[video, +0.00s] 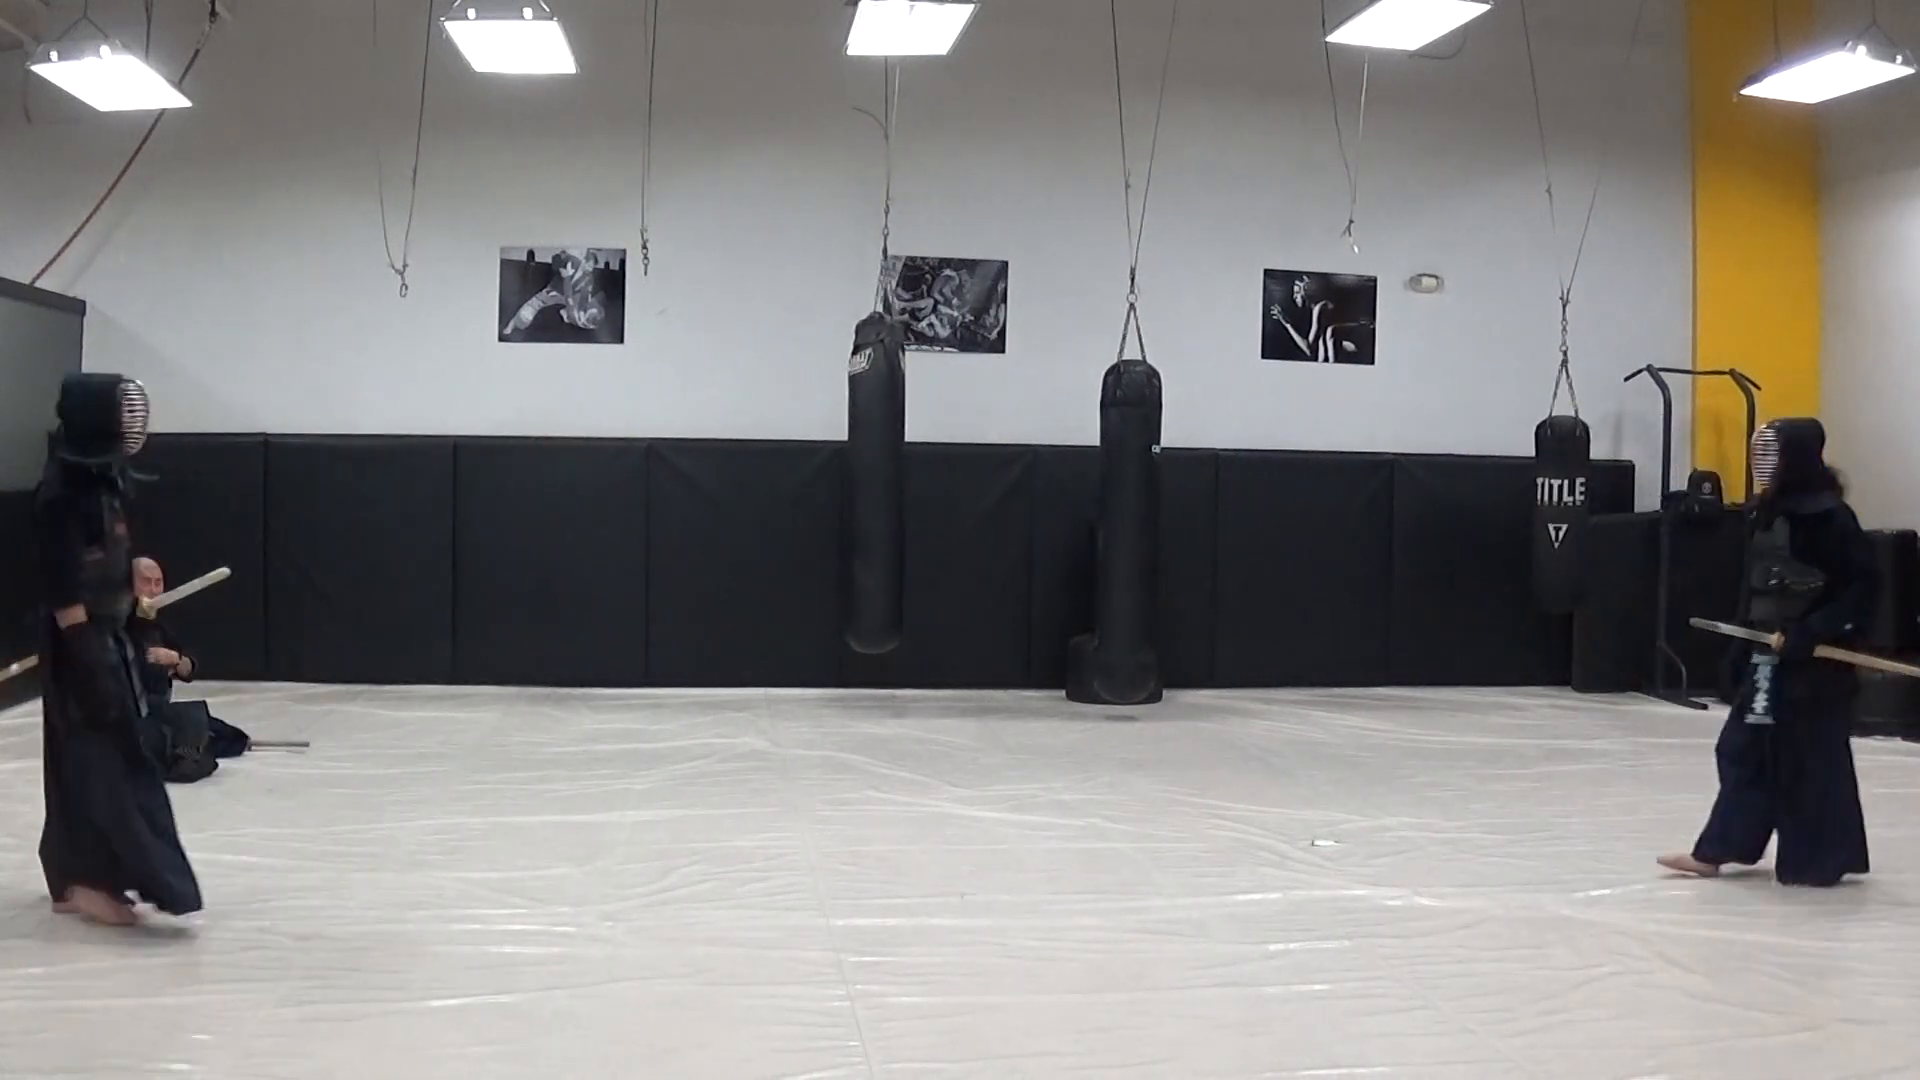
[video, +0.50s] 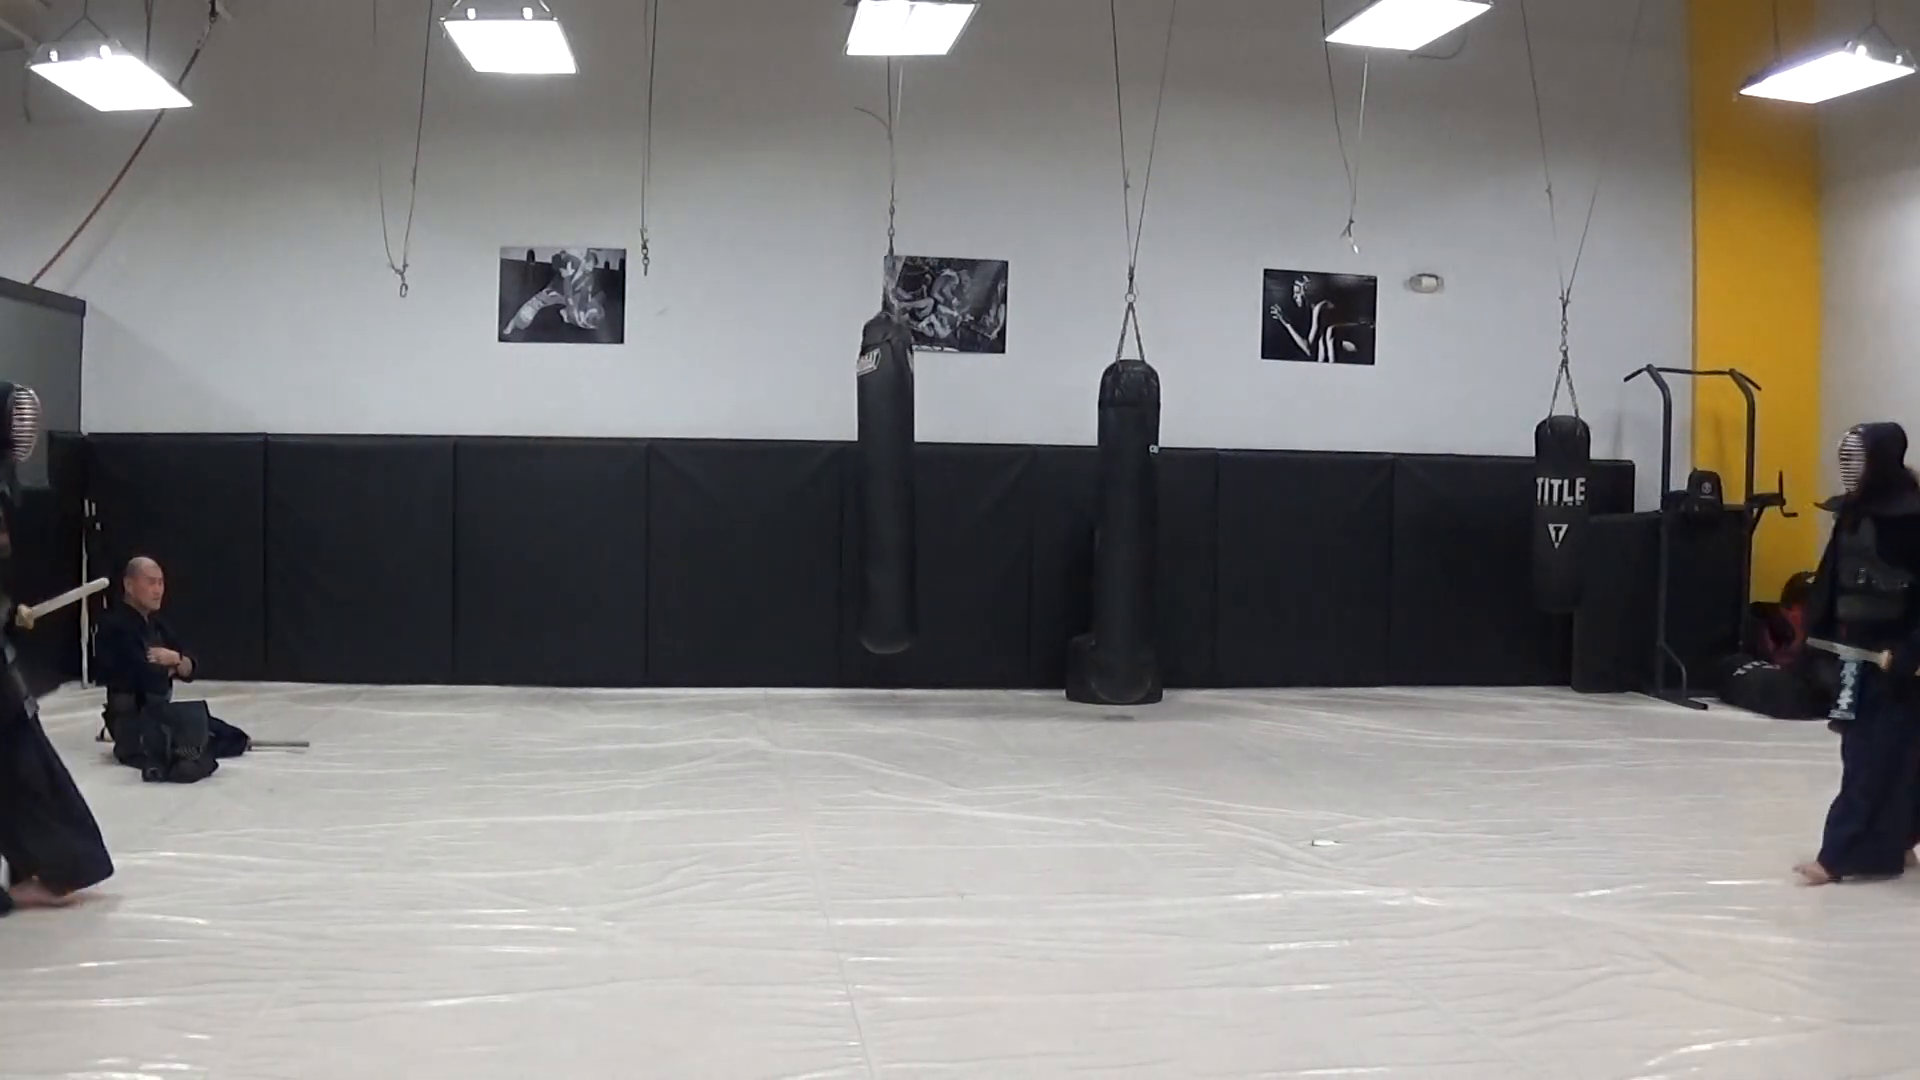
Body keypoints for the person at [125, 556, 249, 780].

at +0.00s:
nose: (154, 589)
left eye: (158, 582)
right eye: (147, 582)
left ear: (163, 585)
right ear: (131, 584)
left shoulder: (157, 624)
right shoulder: (122, 624)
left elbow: (190, 670)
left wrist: (175, 659)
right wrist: (172, 668)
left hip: (160, 711)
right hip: (133, 715)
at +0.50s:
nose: (158, 590)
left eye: (161, 583)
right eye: (151, 582)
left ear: (164, 585)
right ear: (129, 585)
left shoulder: (156, 623)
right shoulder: (114, 624)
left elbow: (192, 671)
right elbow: (134, 675)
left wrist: (176, 658)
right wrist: (174, 668)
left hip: (161, 717)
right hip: (130, 725)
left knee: (237, 740)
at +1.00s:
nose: (160, 590)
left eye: (161, 583)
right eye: (153, 582)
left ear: (164, 585)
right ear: (130, 585)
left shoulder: (156, 623)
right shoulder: (115, 625)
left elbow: (191, 671)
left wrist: (175, 659)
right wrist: (173, 667)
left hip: (161, 720)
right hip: (132, 729)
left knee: (236, 740)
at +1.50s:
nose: (159, 589)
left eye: (161, 582)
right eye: (152, 582)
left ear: (163, 584)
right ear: (129, 584)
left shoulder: (155, 622)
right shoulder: (114, 625)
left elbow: (192, 670)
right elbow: (142, 678)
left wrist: (176, 658)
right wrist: (173, 667)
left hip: (161, 721)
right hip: (132, 731)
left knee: (237, 740)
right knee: (200, 760)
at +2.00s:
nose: (160, 590)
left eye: (162, 583)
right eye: (153, 582)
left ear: (164, 585)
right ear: (130, 584)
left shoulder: (156, 623)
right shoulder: (115, 624)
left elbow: (190, 671)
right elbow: (142, 678)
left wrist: (176, 659)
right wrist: (173, 667)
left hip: (162, 721)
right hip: (133, 732)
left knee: (237, 740)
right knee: (200, 760)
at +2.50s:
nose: (159, 589)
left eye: (160, 582)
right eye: (152, 582)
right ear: (129, 585)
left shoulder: (155, 623)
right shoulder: (114, 624)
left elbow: (169, 674)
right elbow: (136, 664)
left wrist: (190, 669)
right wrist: (175, 654)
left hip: (162, 716)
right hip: (129, 723)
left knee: (236, 740)